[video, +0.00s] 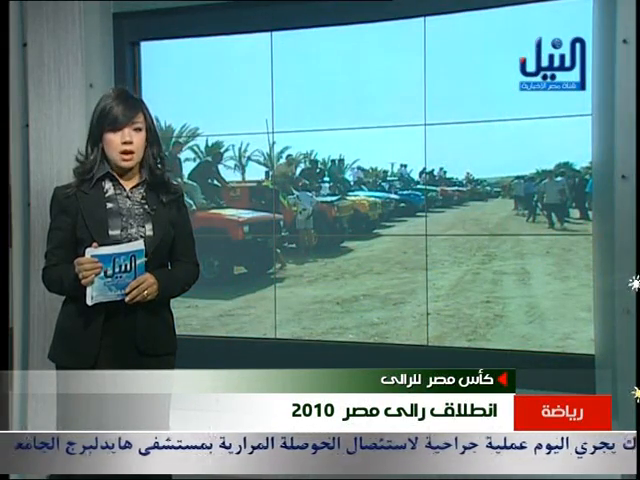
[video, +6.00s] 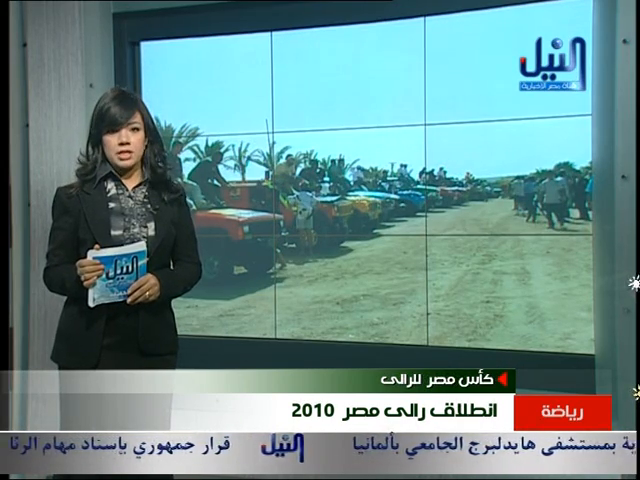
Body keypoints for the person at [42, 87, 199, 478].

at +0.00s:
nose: (127, 139)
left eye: (136, 129)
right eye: (116, 129)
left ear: (148, 137)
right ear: (100, 138)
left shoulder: (169, 196)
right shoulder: (70, 198)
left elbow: (188, 267)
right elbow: (52, 274)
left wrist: (161, 282)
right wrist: (76, 274)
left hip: (150, 349)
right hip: (85, 350)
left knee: (149, 452)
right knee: (81, 452)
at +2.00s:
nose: (125, 135)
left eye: (135, 125)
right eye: (115, 126)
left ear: (148, 136)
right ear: (99, 136)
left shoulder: (168, 197)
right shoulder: (69, 198)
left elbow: (188, 266)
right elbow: (50, 272)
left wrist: (160, 283)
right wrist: (73, 276)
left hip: (148, 348)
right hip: (83, 348)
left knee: (148, 452)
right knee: (80, 452)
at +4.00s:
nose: (118, 138)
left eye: (128, 128)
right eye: (107, 129)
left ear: (141, 136)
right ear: (92, 137)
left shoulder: (164, 194)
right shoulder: (65, 197)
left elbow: (185, 265)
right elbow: (46, 273)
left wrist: (156, 281)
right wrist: (70, 274)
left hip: (145, 348)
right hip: (80, 349)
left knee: (145, 452)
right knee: (77, 452)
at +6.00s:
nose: (124, 139)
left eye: (134, 129)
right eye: (113, 130)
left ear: (148, 136)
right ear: (99, 139)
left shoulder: (170, 196)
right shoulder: (72, 198)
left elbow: (190, 267)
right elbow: (53, 273)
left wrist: (163, 282)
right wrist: (77, 275)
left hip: (151, 348)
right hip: (87, 349)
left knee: (150, 452)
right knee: (84, 453)